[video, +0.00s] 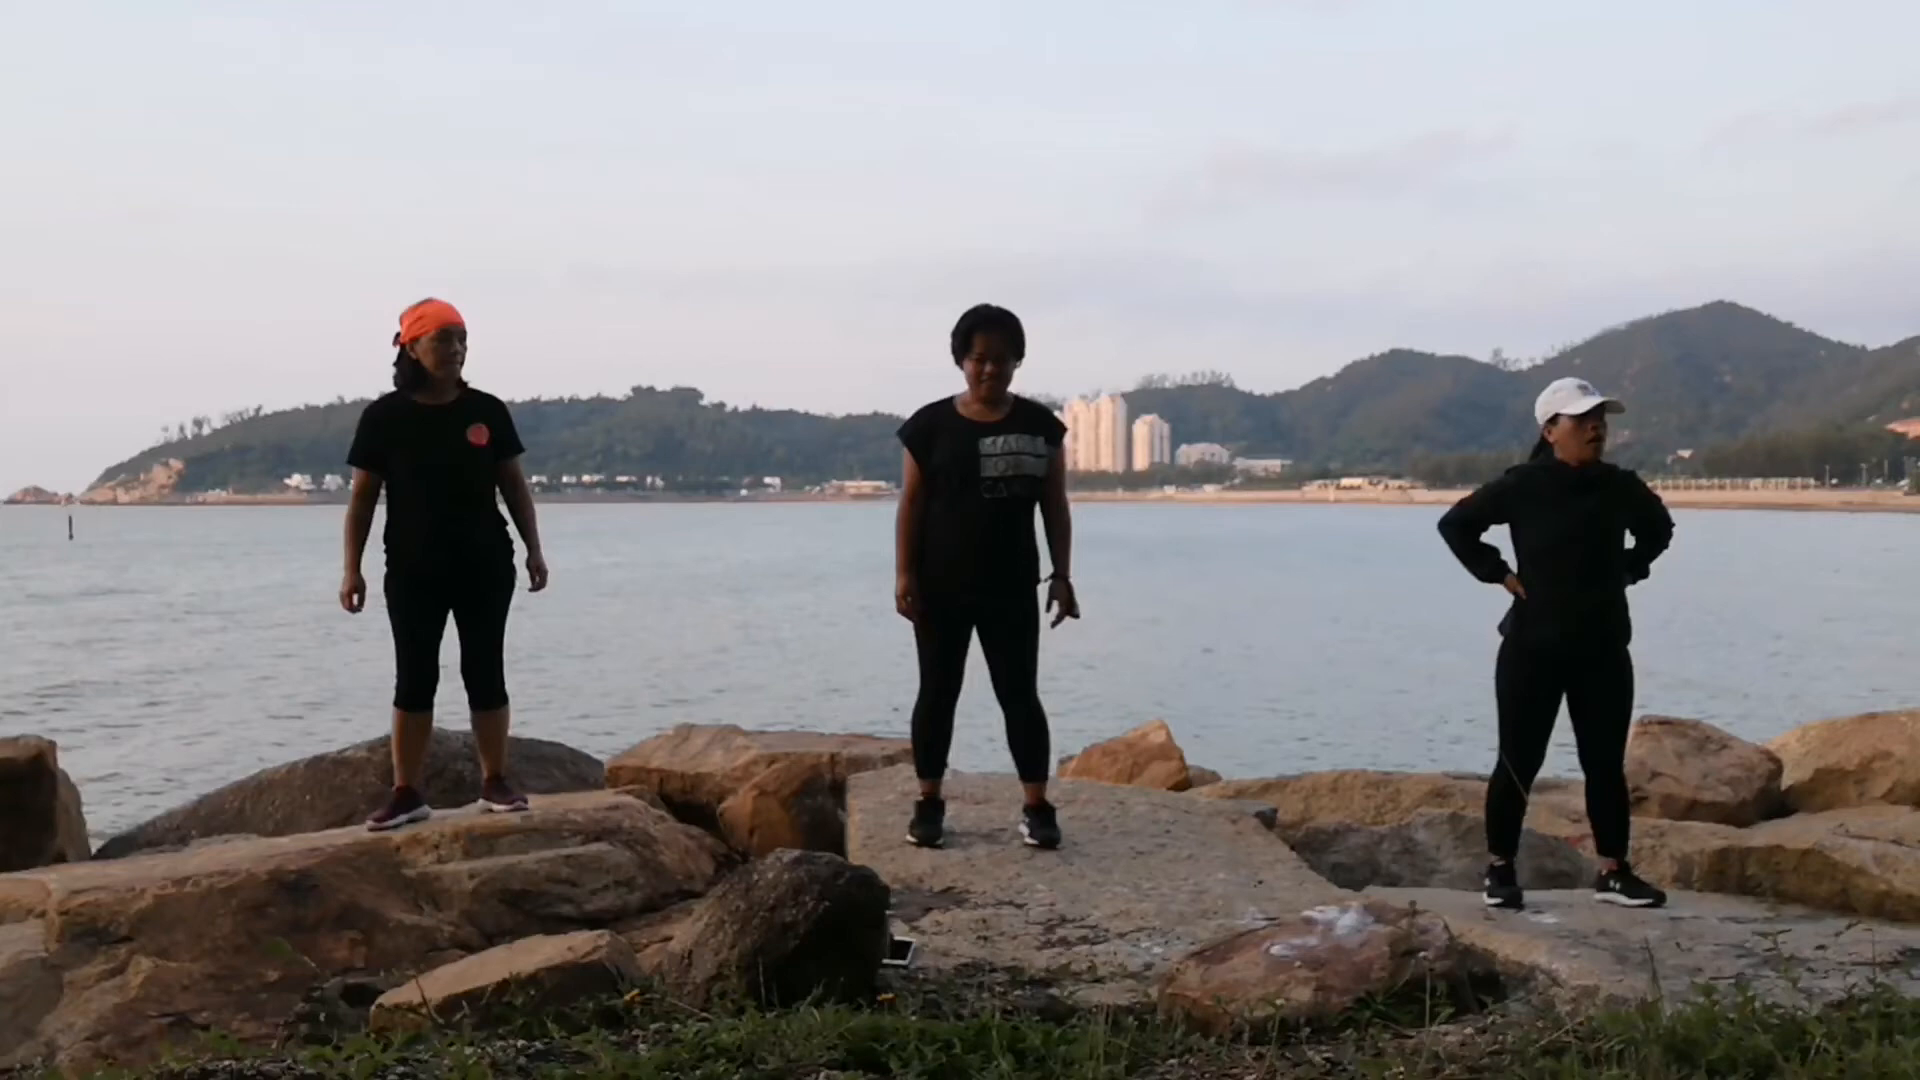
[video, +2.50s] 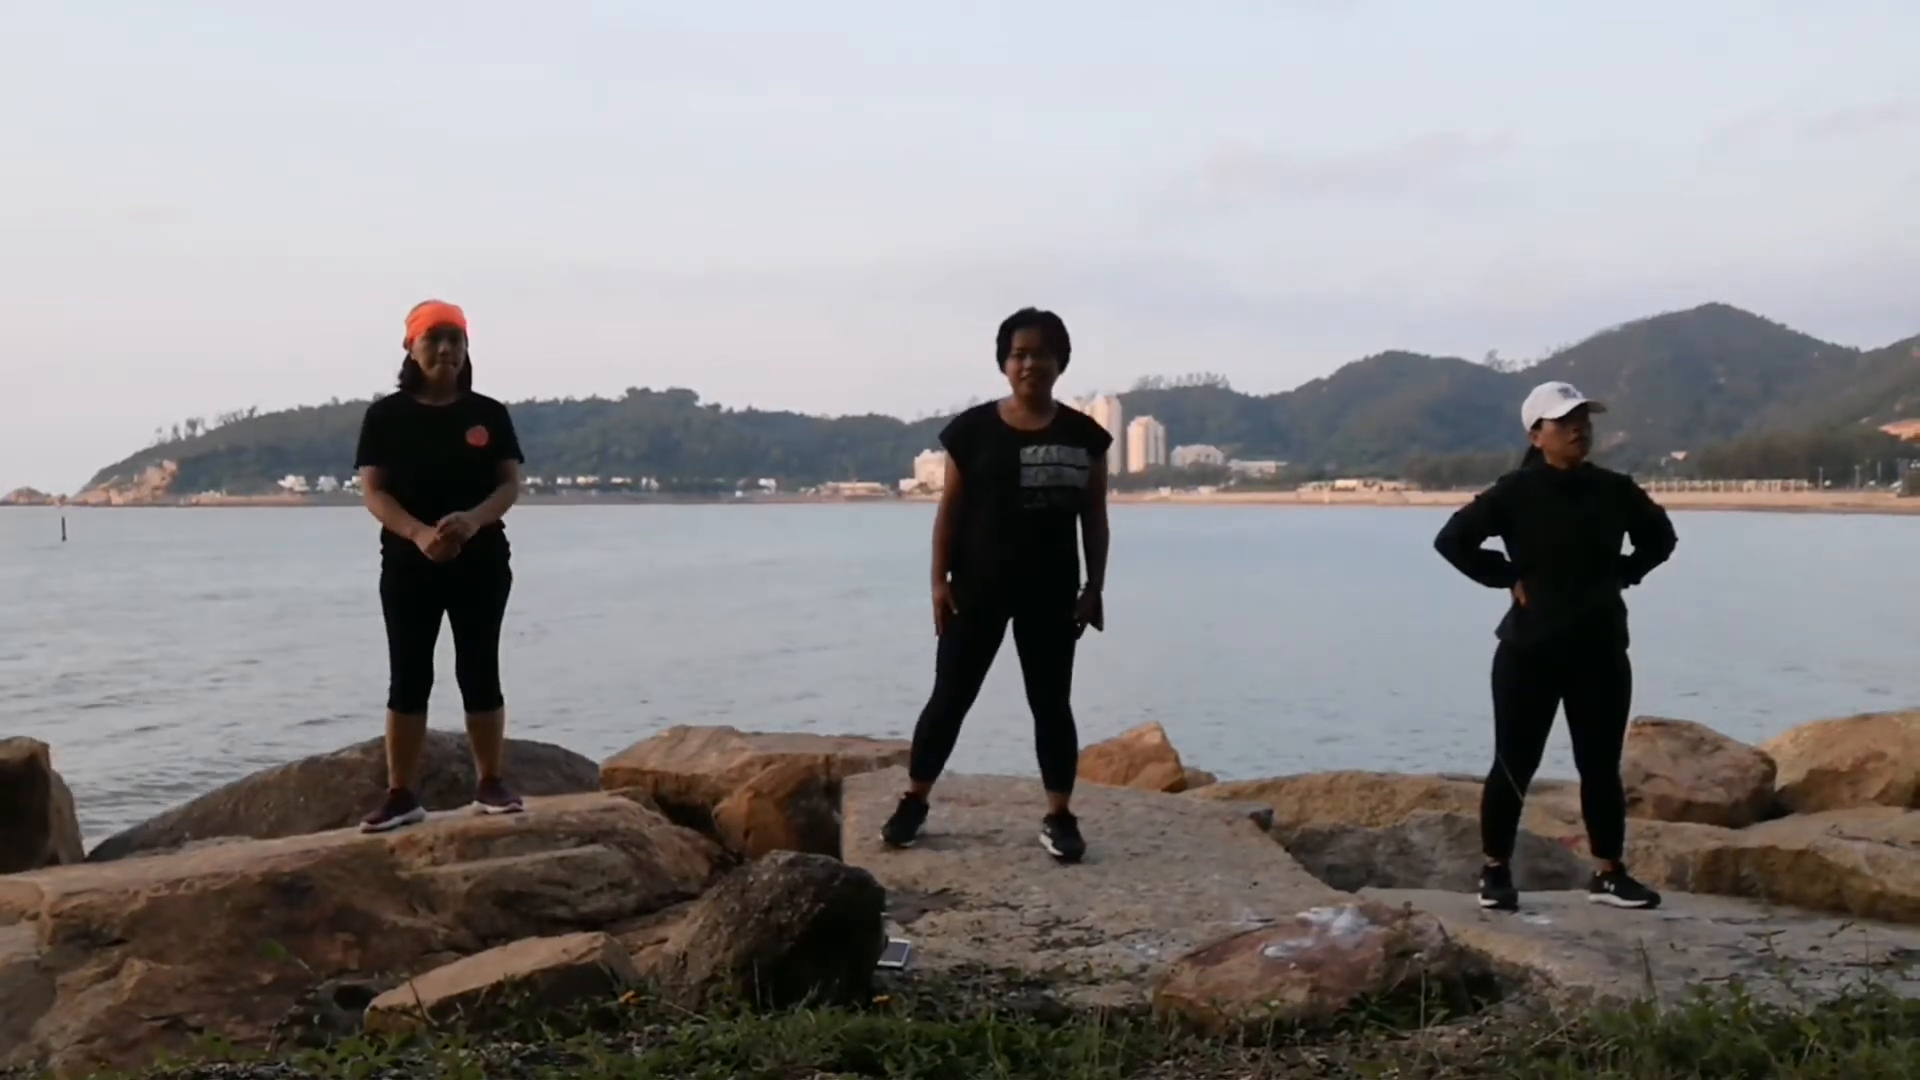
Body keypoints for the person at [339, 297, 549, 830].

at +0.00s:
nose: (454, 347)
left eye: (459, 338)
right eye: (442, 338)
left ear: (466, 345)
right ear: (412, 348)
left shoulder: (488, 411)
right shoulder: (383, 416)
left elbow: (514, 485)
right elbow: (363, 497)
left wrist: (533, 549)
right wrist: (351, 569)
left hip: (484, 567)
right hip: (413, 571)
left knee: (486, 675)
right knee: (414, 682)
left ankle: (495, 782)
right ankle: (405, 791)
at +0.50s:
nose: (453, 346)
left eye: (458, 337)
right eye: (441, 339)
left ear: (465, 345)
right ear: (411, 349)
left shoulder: (486, 411)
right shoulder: (381, 417)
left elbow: (514, 483)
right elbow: (358, 496)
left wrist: (542, 544)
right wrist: (334, 567)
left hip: (483, 567)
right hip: (413, 571)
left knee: (485, 676)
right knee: (413, 683)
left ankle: (494, 783)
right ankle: (405, 792)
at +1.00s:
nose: (446, 348)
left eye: (452, 338)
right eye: (433, 340)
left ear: (461, 346)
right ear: (407, 349)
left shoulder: (485, 412)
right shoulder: (381, 419)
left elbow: (513, 487)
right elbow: (366, 503)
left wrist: (513, 542)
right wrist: (385, 565)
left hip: (481, 569)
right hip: (414, 574)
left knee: (485, 678)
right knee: (413, 685)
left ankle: (493, 783)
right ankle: (405, 792)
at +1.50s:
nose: (441, 348)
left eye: (450, 338)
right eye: (429, 339)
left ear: (462, 346)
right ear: (407, 350)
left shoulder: (488, 411)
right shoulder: (383, 417)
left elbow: (517, 480)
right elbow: (366, 493)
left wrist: (484, 505)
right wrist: (417, 513)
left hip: (482, 563)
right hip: (414, 566)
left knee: (483, 675)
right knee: (410, 681)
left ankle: (493, 783)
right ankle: (403, 792)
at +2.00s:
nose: (446, 348)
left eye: (455, 339)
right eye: (434, 339)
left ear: (468, 349)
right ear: (414, 348)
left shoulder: (490, 417)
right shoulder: (385, 417)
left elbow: (522, 484)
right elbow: (351, 492)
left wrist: (557, 545)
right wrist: (307, 558)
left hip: (480, 569)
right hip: (411, 571)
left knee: (482, 677)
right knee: (409, 683)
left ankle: (491, 784)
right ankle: (402, 793)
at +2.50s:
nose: (446, 348)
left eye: (454, 338)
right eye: (434, 339)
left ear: (465, 347)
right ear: (412, 349)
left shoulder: (490, 414)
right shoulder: (384, 416)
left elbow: (511, 484)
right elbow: (372, 493)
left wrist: (475, 517)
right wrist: (416, 531)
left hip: (479, 563)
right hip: (409, 565)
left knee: (480, 675)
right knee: (408, 680)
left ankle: (491, 783)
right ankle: (400, 793)